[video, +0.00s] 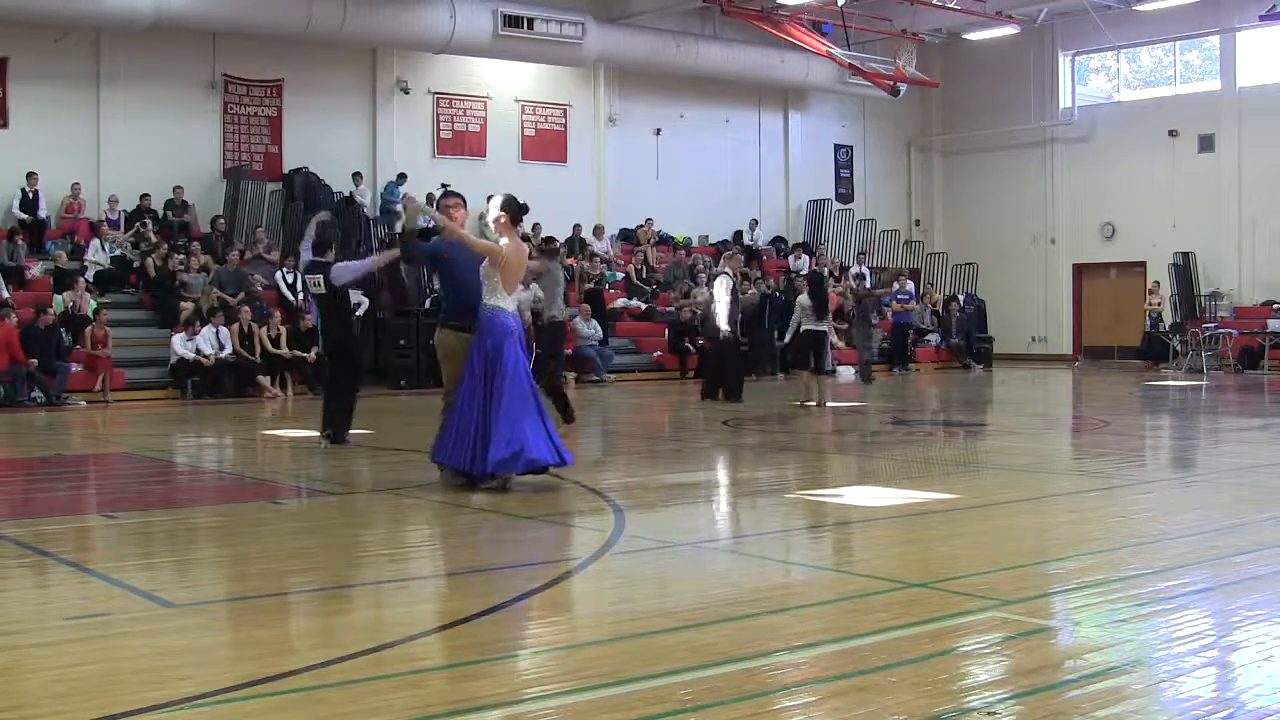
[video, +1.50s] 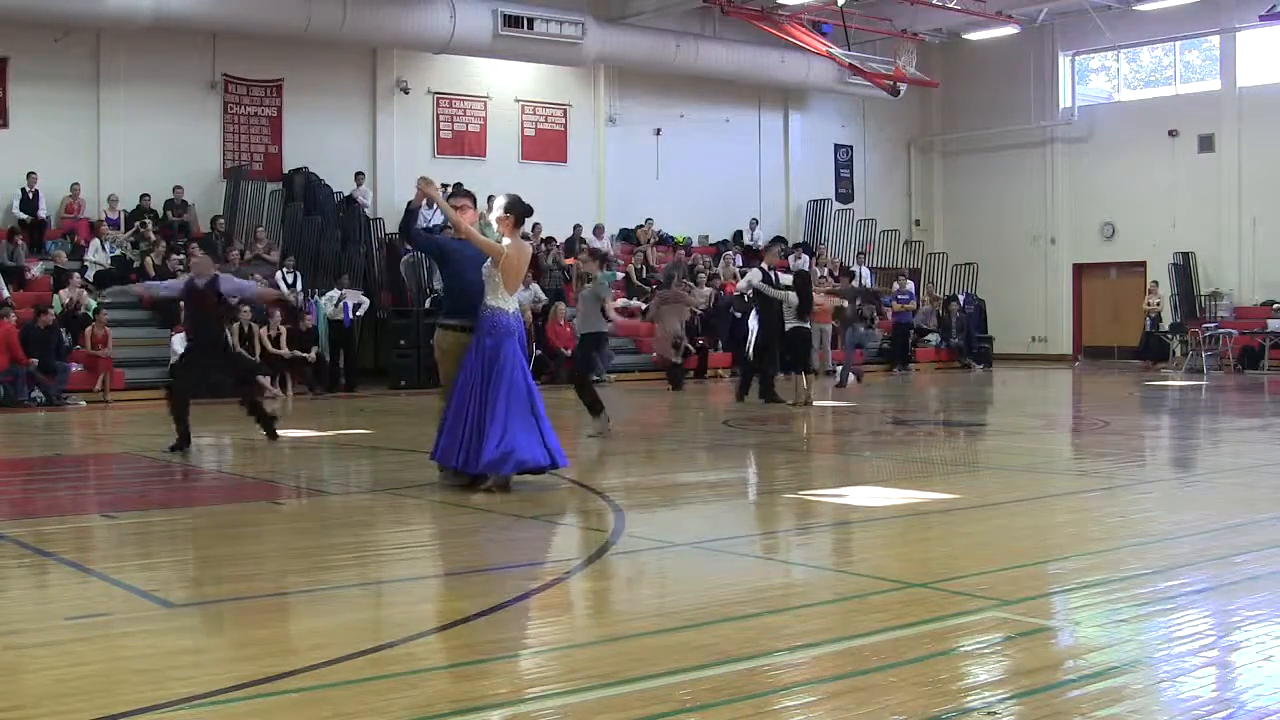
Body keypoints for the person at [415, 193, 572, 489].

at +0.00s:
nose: (487, 216)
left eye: (489, 211)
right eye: (488, 211)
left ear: (503, 218)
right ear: (511, 219)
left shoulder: (502, 250)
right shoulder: (522, 249)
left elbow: (462, 236)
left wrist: (427, 210)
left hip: (494, 321)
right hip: (511, 321)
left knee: (494, 392)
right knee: (506, 391)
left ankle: (498, 464)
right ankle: (503, 460)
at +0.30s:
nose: (491, 213)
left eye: (493, 209)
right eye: (493, 209)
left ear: (500, 216)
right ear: (517, 217)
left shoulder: (496, 248)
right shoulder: (524, 247)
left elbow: (457, 223)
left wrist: (434, 184)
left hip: (492, 322)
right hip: (514, 320)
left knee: (492, 392)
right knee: (509, 390)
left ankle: (496, 464)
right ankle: (508, 459)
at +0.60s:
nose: (490, 212)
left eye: (494, 209)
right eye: (493, 208)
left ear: (501, 218)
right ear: (517, 219)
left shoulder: (495, 248)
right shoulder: (523, 248)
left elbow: (460, 219)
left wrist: (442, 185)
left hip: (490, 323)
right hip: (512, 322)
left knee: (490, 391)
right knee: (507, 390)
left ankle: (496, 458)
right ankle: (505, 458)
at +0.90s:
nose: (494, 216)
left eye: (498, 213)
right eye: (497, 212)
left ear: (507, 221)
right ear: (518, 222)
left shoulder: (499, 248)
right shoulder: (524, 250)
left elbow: (466, 224)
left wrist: (444, 193)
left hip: (491, 323)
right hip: (509, 322)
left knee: (490, 393)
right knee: (504, 392)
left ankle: (498, 462)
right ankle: (502, 462)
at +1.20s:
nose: (491, 215)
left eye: (495, 211)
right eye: (493, 211)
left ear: (507, 220)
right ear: (516, 221)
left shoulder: (501, 249)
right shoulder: (523, 249)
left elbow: (466, 228)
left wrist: (437, 195)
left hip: (493, 323)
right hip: (509, 322)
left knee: (494, 393)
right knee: (504, 392)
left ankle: (499, 463)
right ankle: (502, 463)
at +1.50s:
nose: (491, 219)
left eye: (494, 214)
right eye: (492, 214)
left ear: (506, 220)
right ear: (516, 219)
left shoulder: (503, 250)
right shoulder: (526, 249)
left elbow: (464, 229)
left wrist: (437, 197)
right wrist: (468, 228)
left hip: (495, 323)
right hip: (512, 321)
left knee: (494, 393)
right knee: (505, 393)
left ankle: (498, 466)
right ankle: (501, 465)